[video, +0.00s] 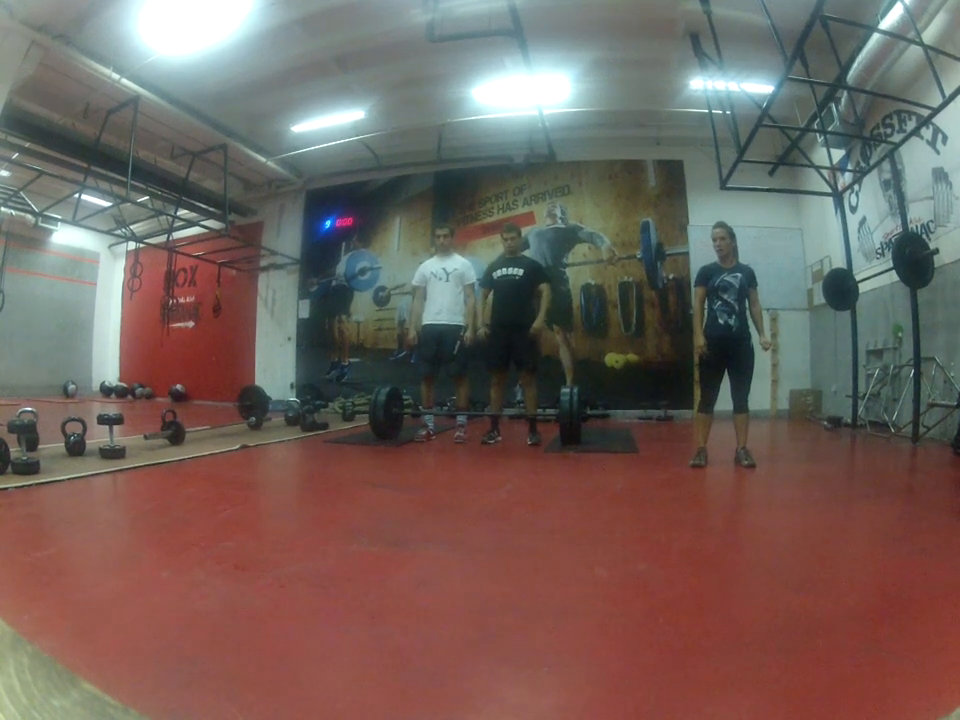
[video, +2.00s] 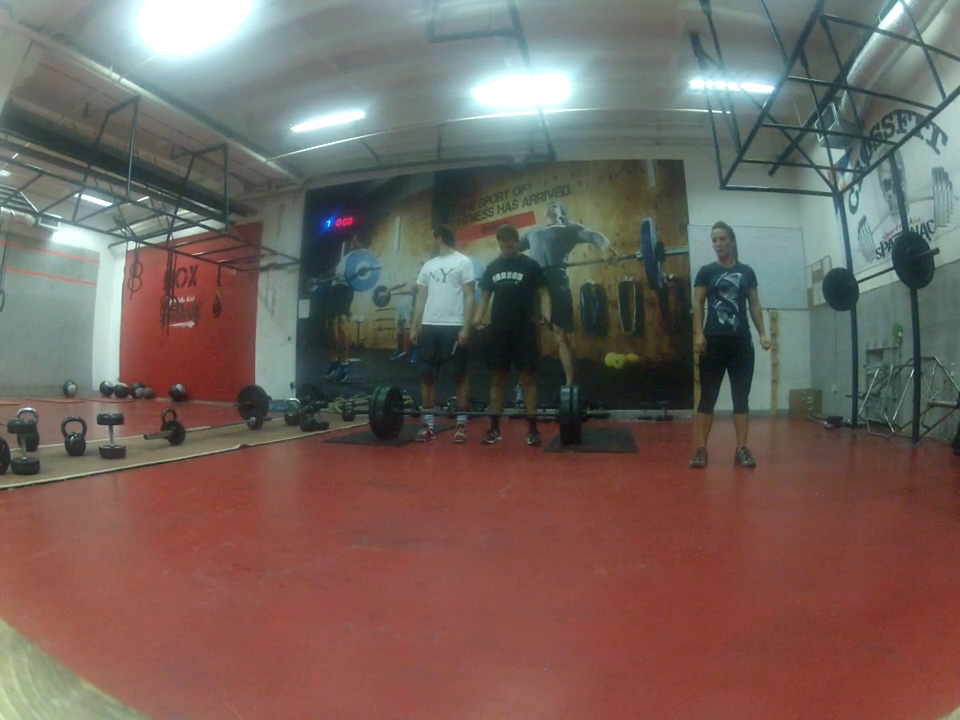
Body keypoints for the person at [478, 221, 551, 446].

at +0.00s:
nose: (509, 243)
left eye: (513, 239)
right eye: (506, 240)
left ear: (521, 240)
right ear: (501, 241)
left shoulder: (533, 265)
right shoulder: (494, 266)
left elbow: (546, 292)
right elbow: (483, 297)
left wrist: (540, 319)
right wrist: (481, 324)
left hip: (525, 329)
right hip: (499, 329)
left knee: (528, 378)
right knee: (497, 378)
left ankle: (533, 429)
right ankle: (494, 428)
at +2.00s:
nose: (507, 248)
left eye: (510, 244)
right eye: (503, 244)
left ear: (518, 243)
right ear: (498, 244)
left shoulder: (531, 266)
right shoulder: (493, 267)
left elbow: (543, 294)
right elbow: (484, 298)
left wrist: (545, 318)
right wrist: (478, 321)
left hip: (525, 329)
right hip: (499, 329)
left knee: (527, 377)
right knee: (498, 377)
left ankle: (533, 428)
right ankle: (494, 428)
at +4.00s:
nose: (491, 246)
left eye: (494, 242)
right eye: (491, 242)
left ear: (507, 241)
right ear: (497, 242)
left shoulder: (528, 265)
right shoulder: (491, 267)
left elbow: (541, 294)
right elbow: (483, 298)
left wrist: (544, 324)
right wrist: (482, 325)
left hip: (524, 329)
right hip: (497, 330)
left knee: (527, 377)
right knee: (497, 378)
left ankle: (533, 428)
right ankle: (495, 428)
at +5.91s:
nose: (504, 251)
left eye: (507, 246)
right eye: (500, 247)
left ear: (513, 243)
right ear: (494, 246)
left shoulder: (527, 264)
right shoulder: (488, 268)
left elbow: (541, 292)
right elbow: (480, 300)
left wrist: (538, 318)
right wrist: (481, 328)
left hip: (524, 328)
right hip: (498, 329)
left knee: (528, 377)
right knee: (499, 378)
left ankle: (533, 429)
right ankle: (495, 428)